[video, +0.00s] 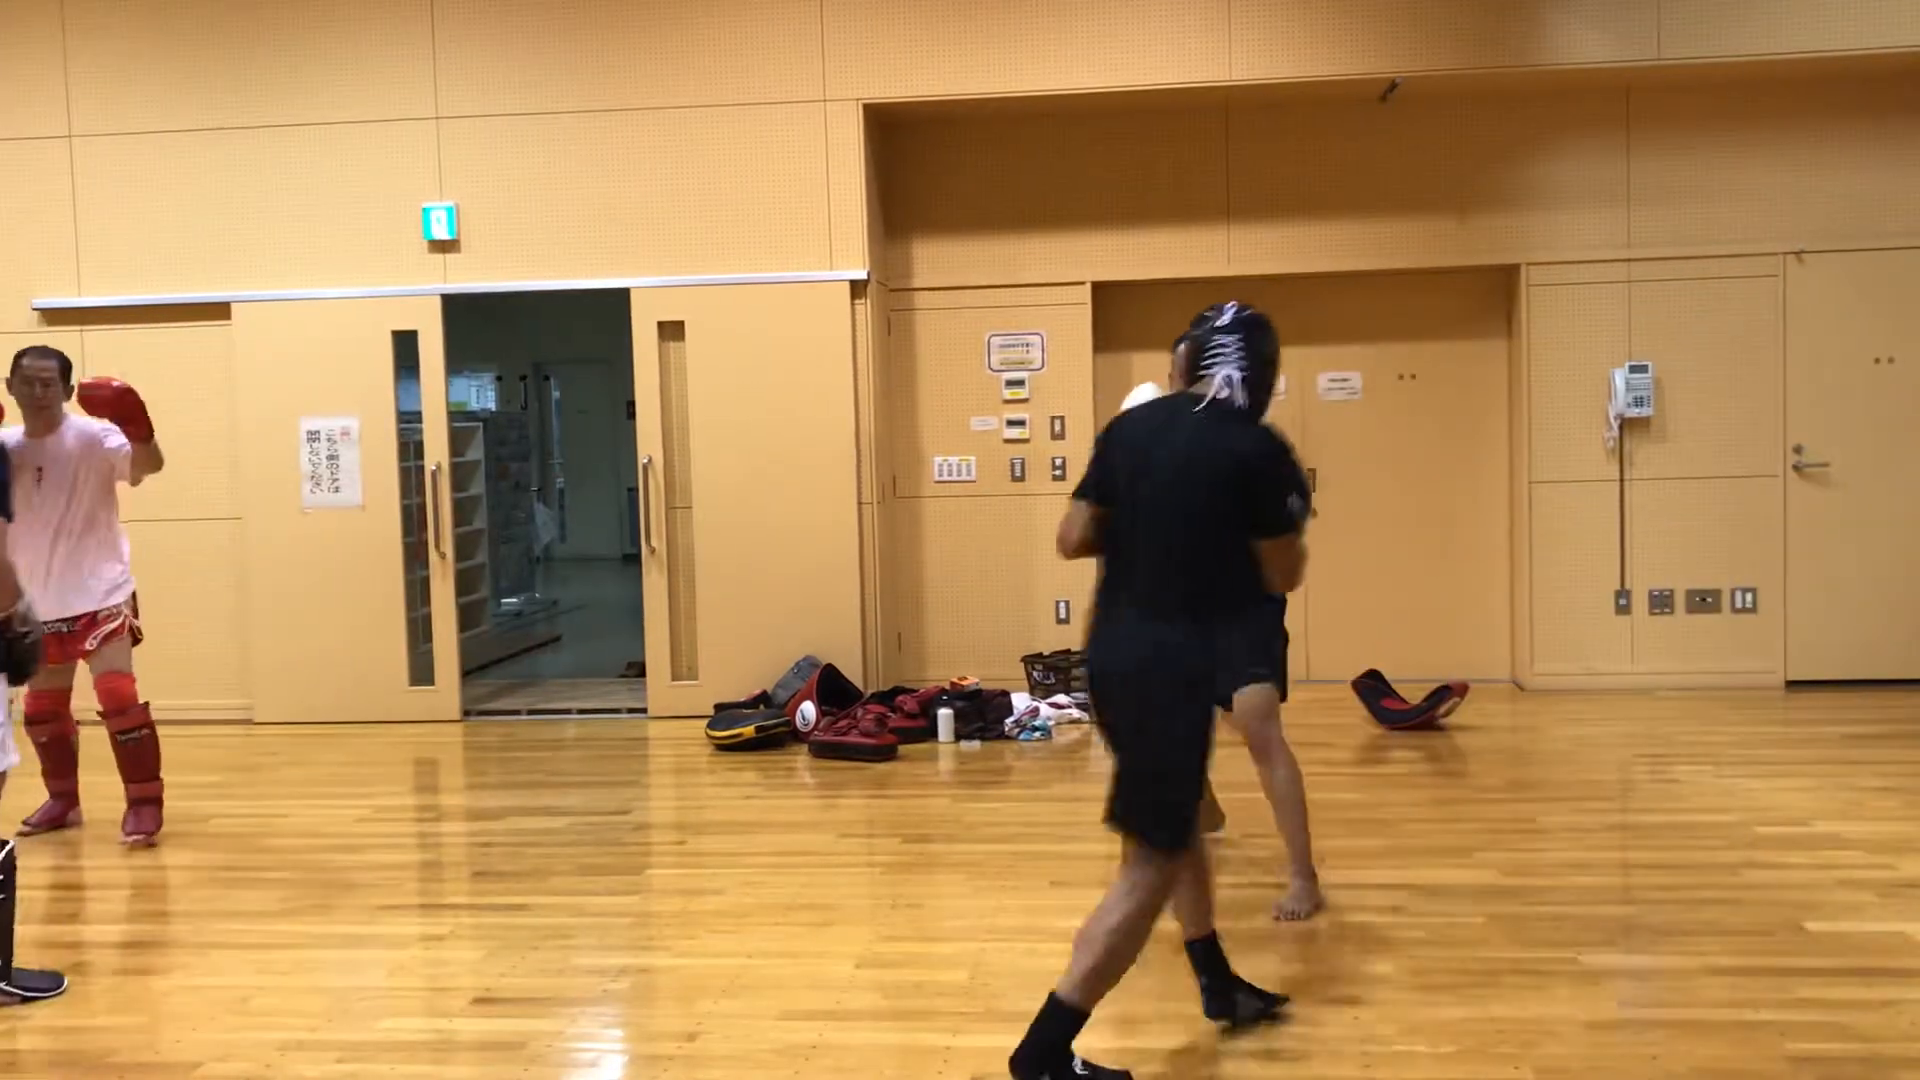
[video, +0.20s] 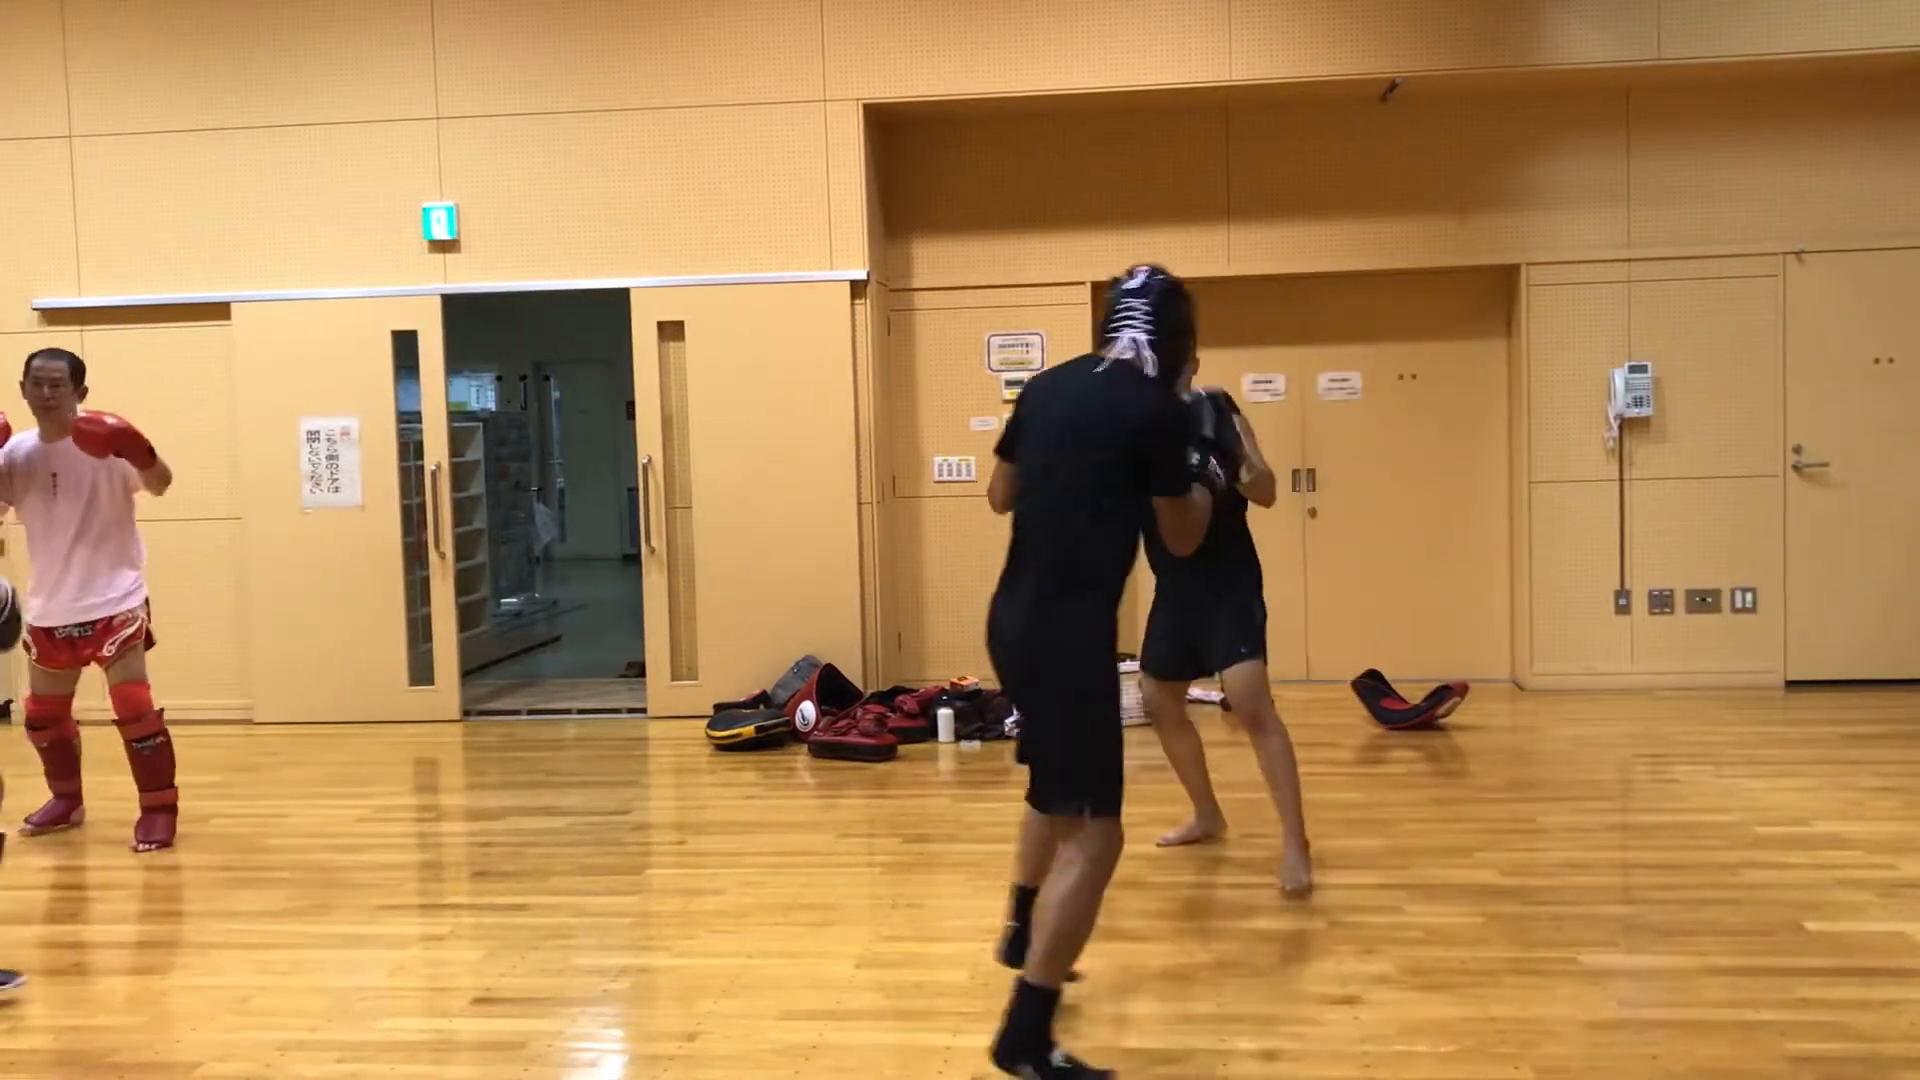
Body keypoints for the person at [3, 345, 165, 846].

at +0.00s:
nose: (36, 389)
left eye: (47, 381)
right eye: (26, 380)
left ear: (66, 390)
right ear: (11, 388)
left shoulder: (95, 436)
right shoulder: (7, 450)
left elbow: (145, 467)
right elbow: (2, 536)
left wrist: (136, 425)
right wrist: (8, 601)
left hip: (102, 592)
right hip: (40, 600)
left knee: (117, 697)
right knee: (43, 711)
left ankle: (144, 804)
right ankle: (62, 799)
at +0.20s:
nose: (45, 392)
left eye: (57, 383)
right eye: (36, 383)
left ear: (79, 391)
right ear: (24, 391)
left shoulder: (107, 442)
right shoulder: (17, 455)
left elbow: (159, 485)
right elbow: (2, 502)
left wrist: (135, 446)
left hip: (115, 590)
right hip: (49, 598)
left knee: (133, 707)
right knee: (44, 715)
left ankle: (157, 811)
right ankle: (65, 799)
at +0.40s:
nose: (37, 390)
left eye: (49, 382)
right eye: (28, 380)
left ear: (73, 389)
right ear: (15, 388)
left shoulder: (99, 442)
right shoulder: (11, 450)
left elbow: (141, 474)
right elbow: (1, 501)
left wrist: (110, 429)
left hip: (108, 595)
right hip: (41, 601)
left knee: (129, 705)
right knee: (21, 710)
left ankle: (156, 811)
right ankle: (43, 802)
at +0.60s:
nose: (9, 399)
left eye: (20, 389)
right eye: (2, 390)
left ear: (42, 395)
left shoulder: (64, 443)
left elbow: (117, 492)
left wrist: (83, 448)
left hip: (74, 600)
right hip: (9, 608)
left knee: (104, 708)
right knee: (1, 718)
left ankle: (148, 808)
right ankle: (5, 809)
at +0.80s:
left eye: (1, 390)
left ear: (12, 392)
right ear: (6, 390)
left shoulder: (31, 442)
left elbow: (102, 494)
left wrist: (95, 469)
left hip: (44, 599)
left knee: (66, 707)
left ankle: (90, 818)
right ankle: (5, 811)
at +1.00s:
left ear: (4, 390)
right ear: (2, 391)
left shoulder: (16, 437)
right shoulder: (15, 438)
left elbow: (76, 483)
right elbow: (73, 484)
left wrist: (36, 451)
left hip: (31, 599)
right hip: (12, 604)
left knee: (51, 716)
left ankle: (72, 827)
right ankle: (3, 798)